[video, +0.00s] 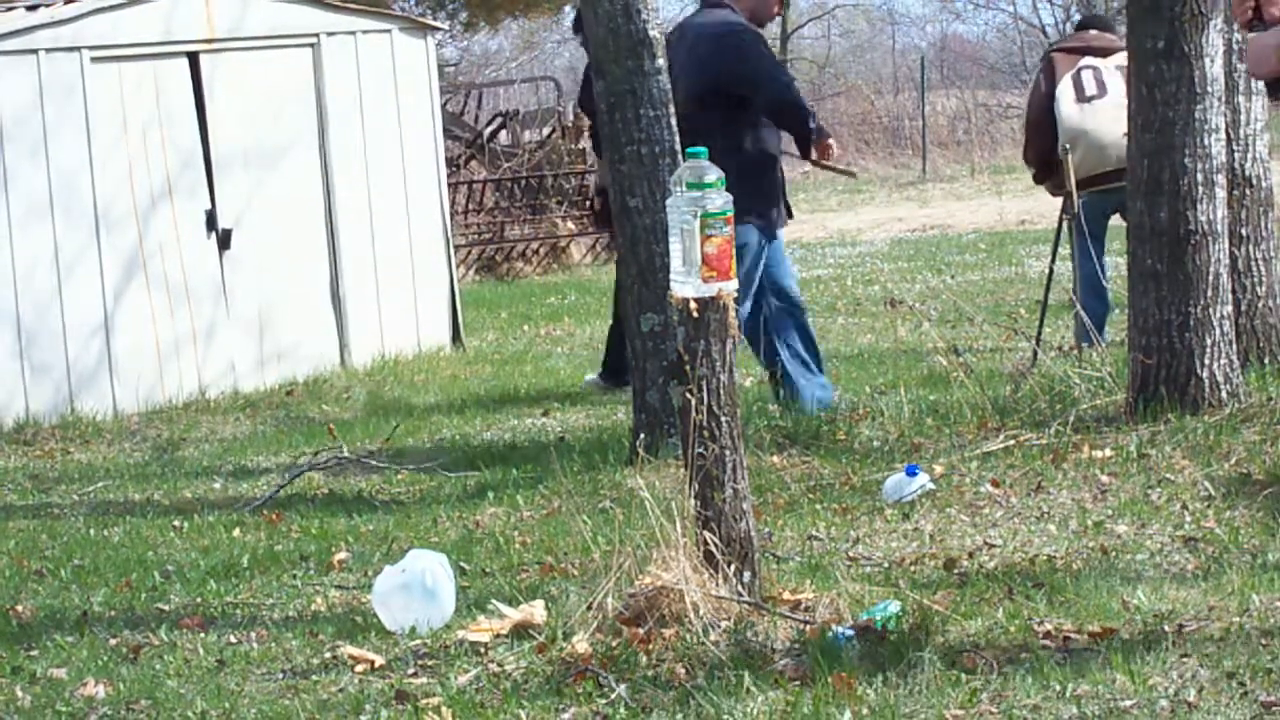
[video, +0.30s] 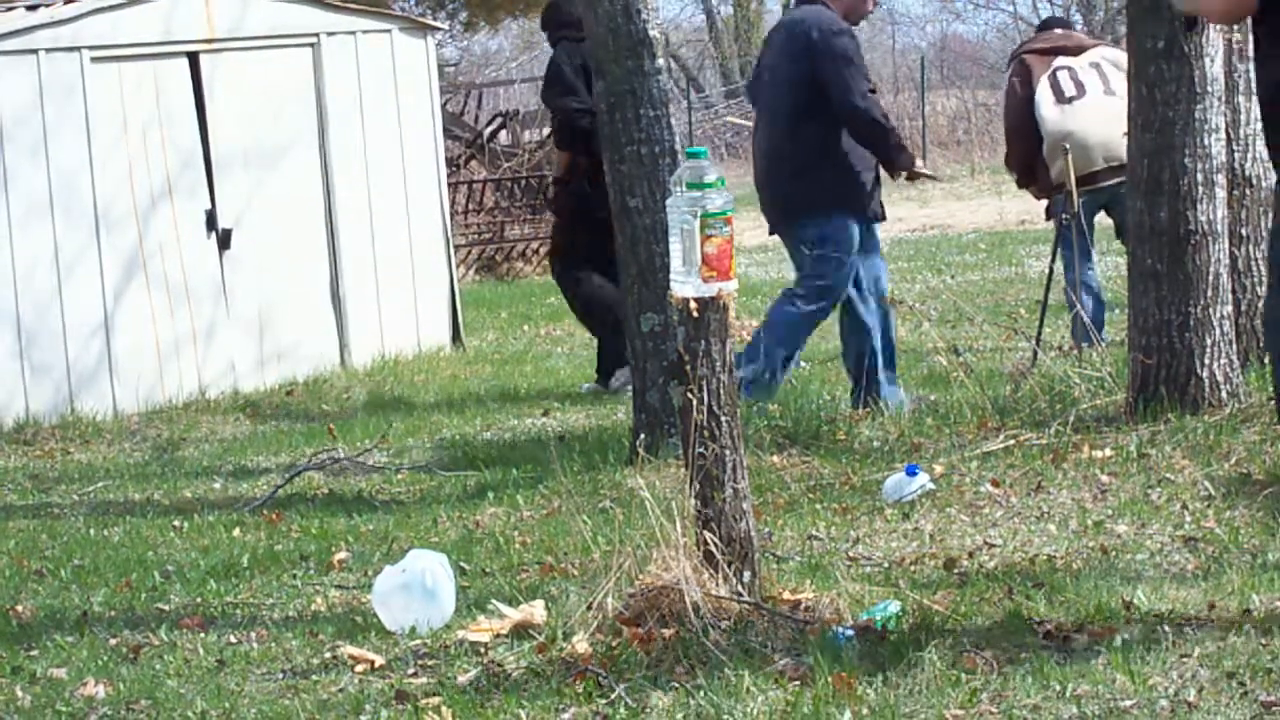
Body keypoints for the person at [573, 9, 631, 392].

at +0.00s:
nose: (580, 38)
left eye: (583, 30)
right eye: (580, 30)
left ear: (595, 31)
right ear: (596, 31)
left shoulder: (603, 70)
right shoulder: (603, 68)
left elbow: (601, 130)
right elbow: (600, 132)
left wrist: (603, 182)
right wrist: (602, 182)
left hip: (624, 175)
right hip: (620, 174)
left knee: (631, 271)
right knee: (633, 270)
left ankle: (617, 367)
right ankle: (616, 366)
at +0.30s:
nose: (548, 37)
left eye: (549, 31)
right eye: (550, 30)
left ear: (556, 27)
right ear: (591, 20)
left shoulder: (568, 56)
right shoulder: (614, 49)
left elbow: (573, 116)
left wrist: (564, 174)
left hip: (588, 184)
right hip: (623, 178)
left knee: (570, 266)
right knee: (615, 267)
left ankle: (629, 352)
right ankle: (611, 370)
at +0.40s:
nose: (537, 34)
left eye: (539, 27)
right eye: (538, 28)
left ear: (548, 23)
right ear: (590, 16)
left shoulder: (558, 54)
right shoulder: (616, 48)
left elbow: (563, 116)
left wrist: (550, 163)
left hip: (578, 185)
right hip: (620, 180)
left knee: (554, 267)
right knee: (610, 266)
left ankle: (601, 359)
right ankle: (623, 357)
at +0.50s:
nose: (526, 38)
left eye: (526, 30)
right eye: (525, 31)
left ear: (536, 26)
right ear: (575, 17)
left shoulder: (545, 57)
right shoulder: (605, 51)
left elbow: (551, 121)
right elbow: (634, 113)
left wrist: (538, 172)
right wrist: (622, 164)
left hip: (562, 196)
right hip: (612, 191)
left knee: (547, 286)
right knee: (610, 284)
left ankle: (557, 374)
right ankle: (617, 372)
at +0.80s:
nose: (475, 50)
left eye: (475, 42)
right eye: (475, 43)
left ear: (484, 40)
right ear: (517, 30)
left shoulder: (492, 74)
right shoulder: (556, 65)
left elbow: (501, 137)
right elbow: (588, 117)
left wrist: (493, 184)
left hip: (521, 202)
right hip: (565, 193)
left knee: (517, 292)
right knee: (575, 284)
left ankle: (506, 376)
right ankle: (610, 368)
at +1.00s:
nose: (445, 50)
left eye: (446, 44)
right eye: (445, 44)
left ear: (455, 42)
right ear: (491, 31)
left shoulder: (462, 76)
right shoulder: (528, 64)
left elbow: (469, 137)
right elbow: (560, 115)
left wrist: (466, 176)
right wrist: (542, 157)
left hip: (491, 197)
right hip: (536, 188)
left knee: (491, 284)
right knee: (526, 271)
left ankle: (503, 377)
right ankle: (568, 337)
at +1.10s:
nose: (436, 50)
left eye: (436, 43)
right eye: (436, 43)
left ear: (443, 42)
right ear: (478, 31)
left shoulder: (450, 78)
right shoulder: (515, 62)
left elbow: (461, 132)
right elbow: (548, 113)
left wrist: (455, 178)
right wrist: (533, 155)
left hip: (483, 192)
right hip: (527, 183)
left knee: (486, 279)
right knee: (510, 271)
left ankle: (501, 372)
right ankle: (539, 350)